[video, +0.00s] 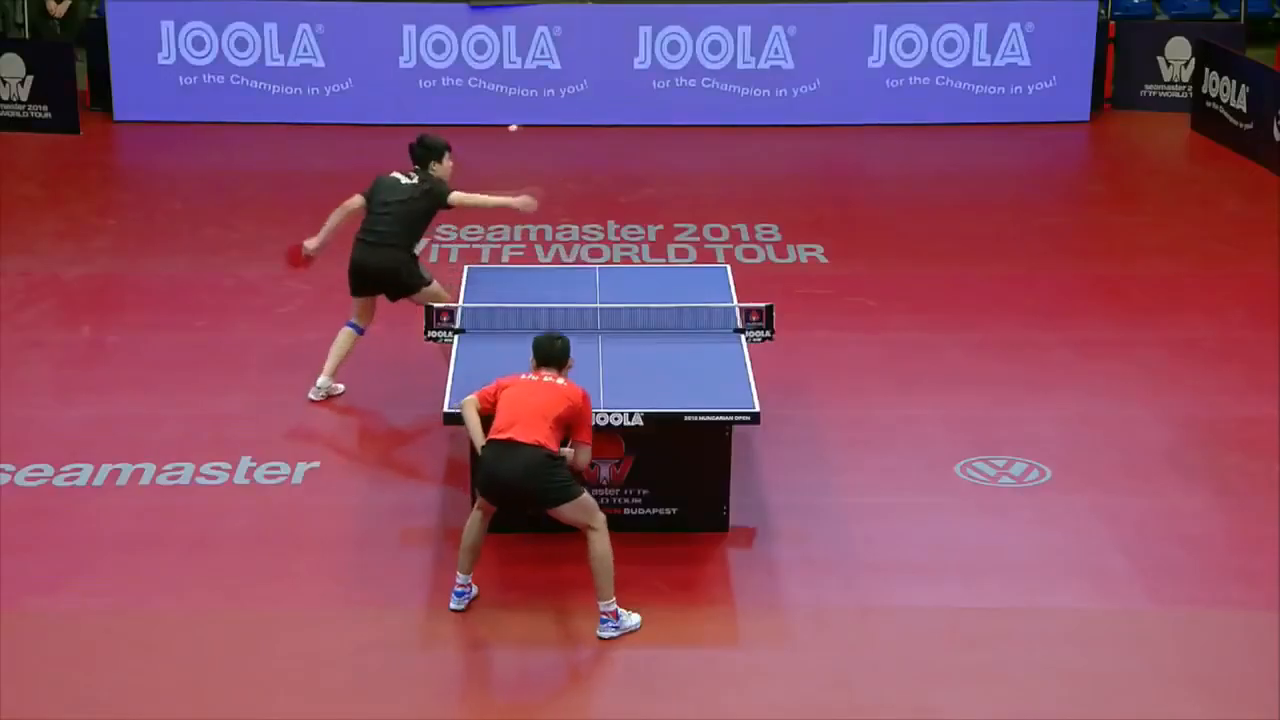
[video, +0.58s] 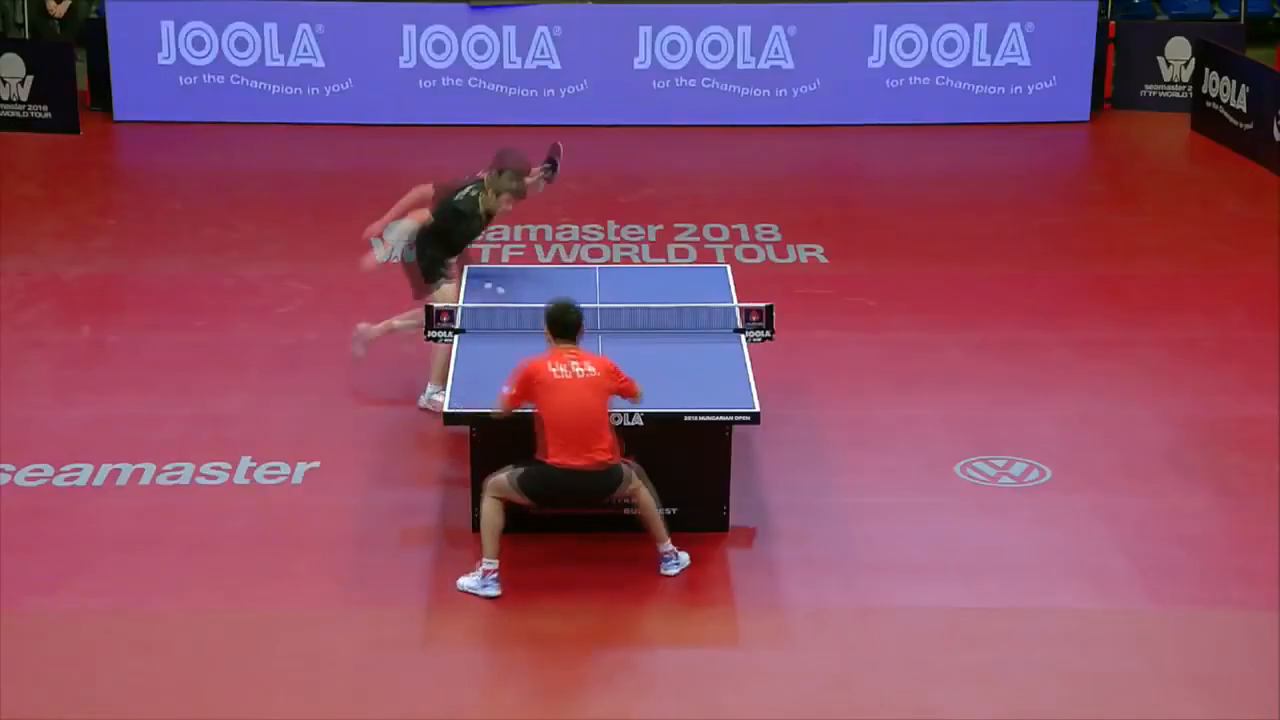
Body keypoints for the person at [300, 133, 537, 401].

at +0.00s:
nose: (452, 166)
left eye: (450, 159)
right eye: (448, 160)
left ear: (420, 164)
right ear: (434, 164)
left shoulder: (384, 181)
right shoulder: (434, 188)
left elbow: (347, 207)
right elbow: (467, 199)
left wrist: (318, 240)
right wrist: (513, 201)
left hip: (361, 262)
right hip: (396, 265)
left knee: (359, 319)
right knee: (448, 306)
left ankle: (324, 380)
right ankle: (466, 375)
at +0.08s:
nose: (452, 163)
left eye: (451, 158)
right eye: (448, 158)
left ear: (421, 162)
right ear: (433, 163)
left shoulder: (385, 179)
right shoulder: (435, 187)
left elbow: (343, 198)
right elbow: (462, 203)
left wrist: (322, 230)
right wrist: (505, 210)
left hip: (360, 258)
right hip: (395, 262)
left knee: (356, 317)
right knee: (447, 308)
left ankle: (323, 382)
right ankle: (465, 380)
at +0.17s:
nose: (462, 172)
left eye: (461, 166)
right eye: (459, 166)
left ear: (432, 167)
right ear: (444, 169)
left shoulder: (397, 174)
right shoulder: (442, 192)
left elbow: (354, 173)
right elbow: (452, 216)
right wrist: (479, 230)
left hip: (359, 256)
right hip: (393, 263)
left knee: (351, 316)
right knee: (453, 300)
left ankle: (322, 380)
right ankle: (433, 366)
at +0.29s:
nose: (474, 196)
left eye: (477, 189)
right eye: (474, 188)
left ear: (447, 178)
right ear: (458, 182)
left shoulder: (411, 175)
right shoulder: (447, 204)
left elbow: (380, 165)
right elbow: (448, 230)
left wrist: (398, 163)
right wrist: (467, 247)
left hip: (364, 260)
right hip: (394, 269)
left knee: (352, 319)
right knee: (452, 297)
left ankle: (322, 381)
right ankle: (417, 360)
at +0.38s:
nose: (492, 219)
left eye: (495, 214)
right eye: (493, 212)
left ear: (476, 194)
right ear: (479, 201)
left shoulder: (453, 187)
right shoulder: (458, 223)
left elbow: (456, 167)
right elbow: (435, 248)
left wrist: (455, 164)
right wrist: (440, 283)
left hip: (379, 264)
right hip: (404, 273)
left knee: (369, 321)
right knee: (451, 320)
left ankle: (328, 372)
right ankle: (434, 391)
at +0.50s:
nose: (502, 219)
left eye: (506, 213)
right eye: (502, 212)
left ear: (490, 198)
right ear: (489, 202)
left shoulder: (474, 192)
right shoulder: (462, 225)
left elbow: (484, 176)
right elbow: (421, 241)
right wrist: (405, 281)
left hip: (400, 257)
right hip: (417, 269)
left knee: (406, 320)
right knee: (456, 316)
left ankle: (345, 350)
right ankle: (434, 391)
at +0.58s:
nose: (509, 206)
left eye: (514, 200)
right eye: (506, 198)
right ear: (491, 187)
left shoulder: (492, 191)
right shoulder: (460, 203)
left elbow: (516, 187)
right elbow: (420, 194)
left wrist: (536, 180)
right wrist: (383, 224)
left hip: (443, 253)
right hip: (421, 251)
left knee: (444, 313)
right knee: (450, 315)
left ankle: (374, 331)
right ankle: (435, 391)